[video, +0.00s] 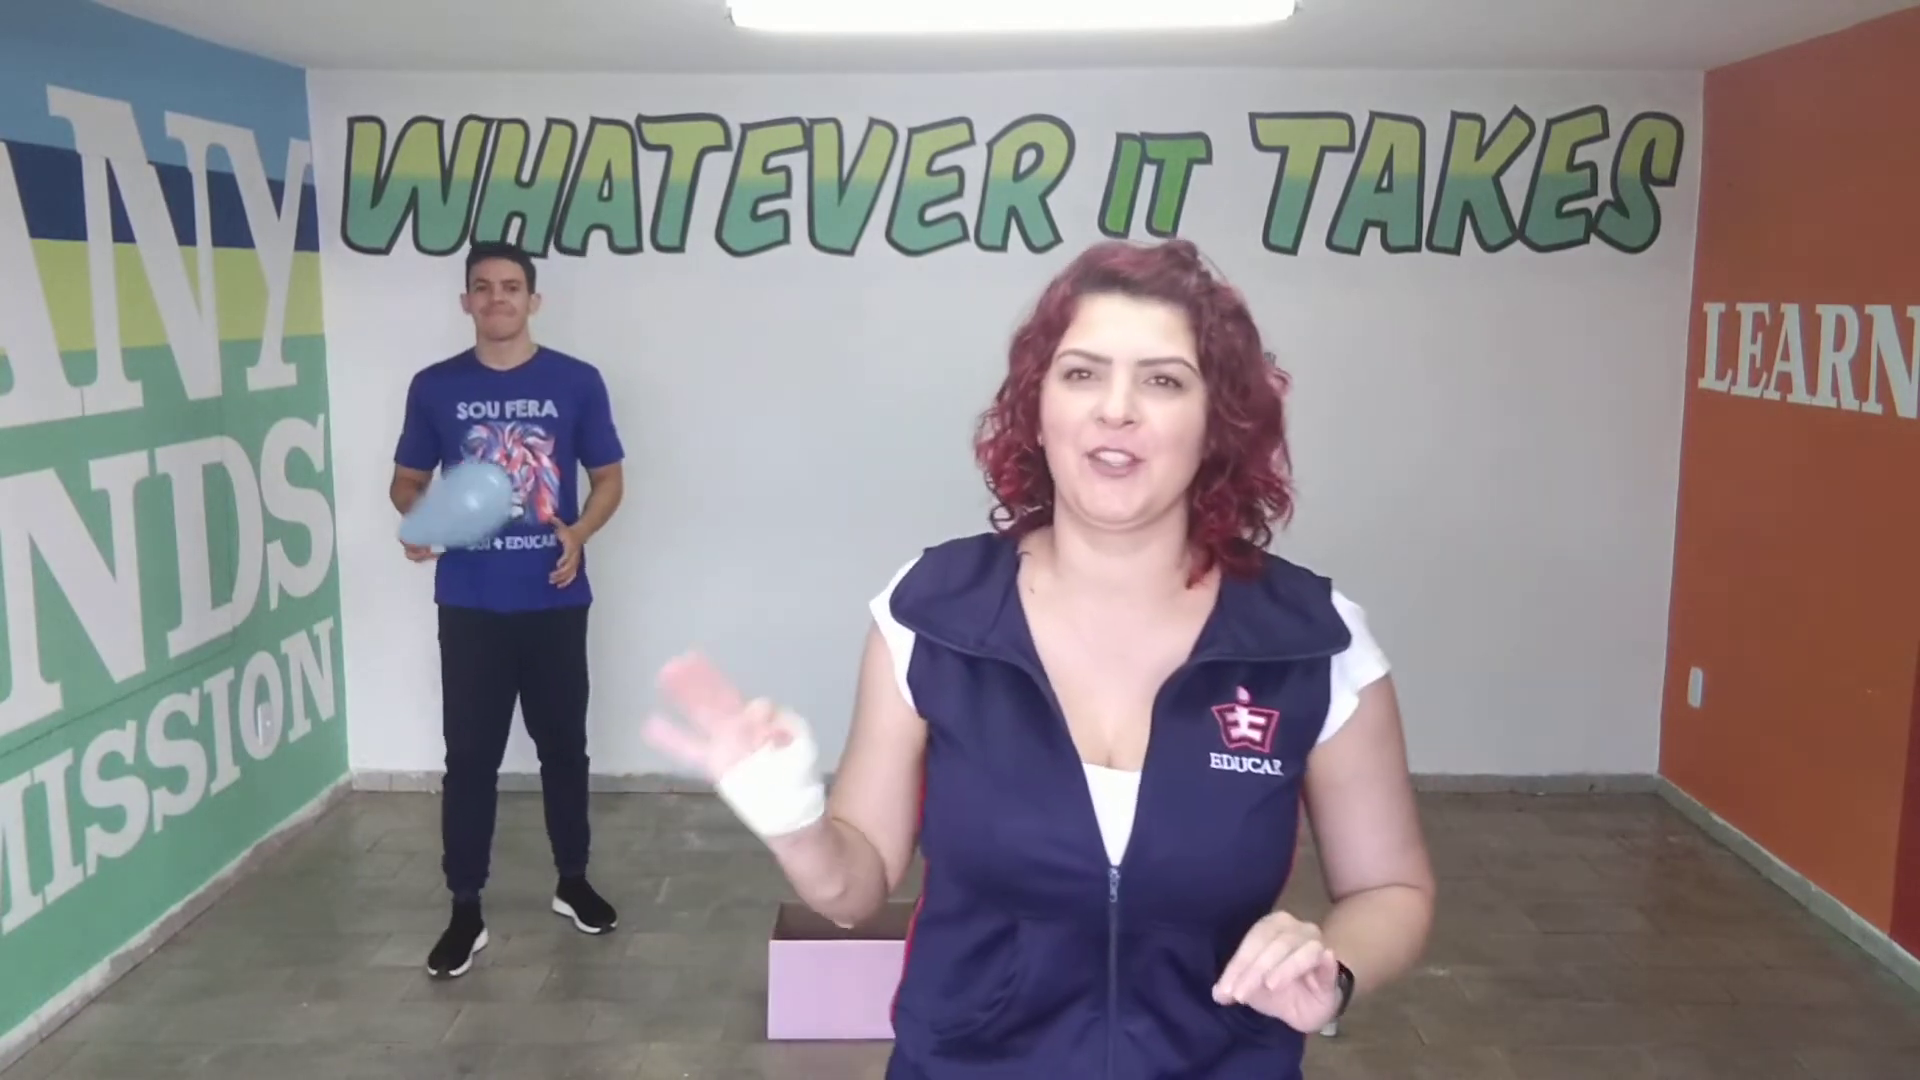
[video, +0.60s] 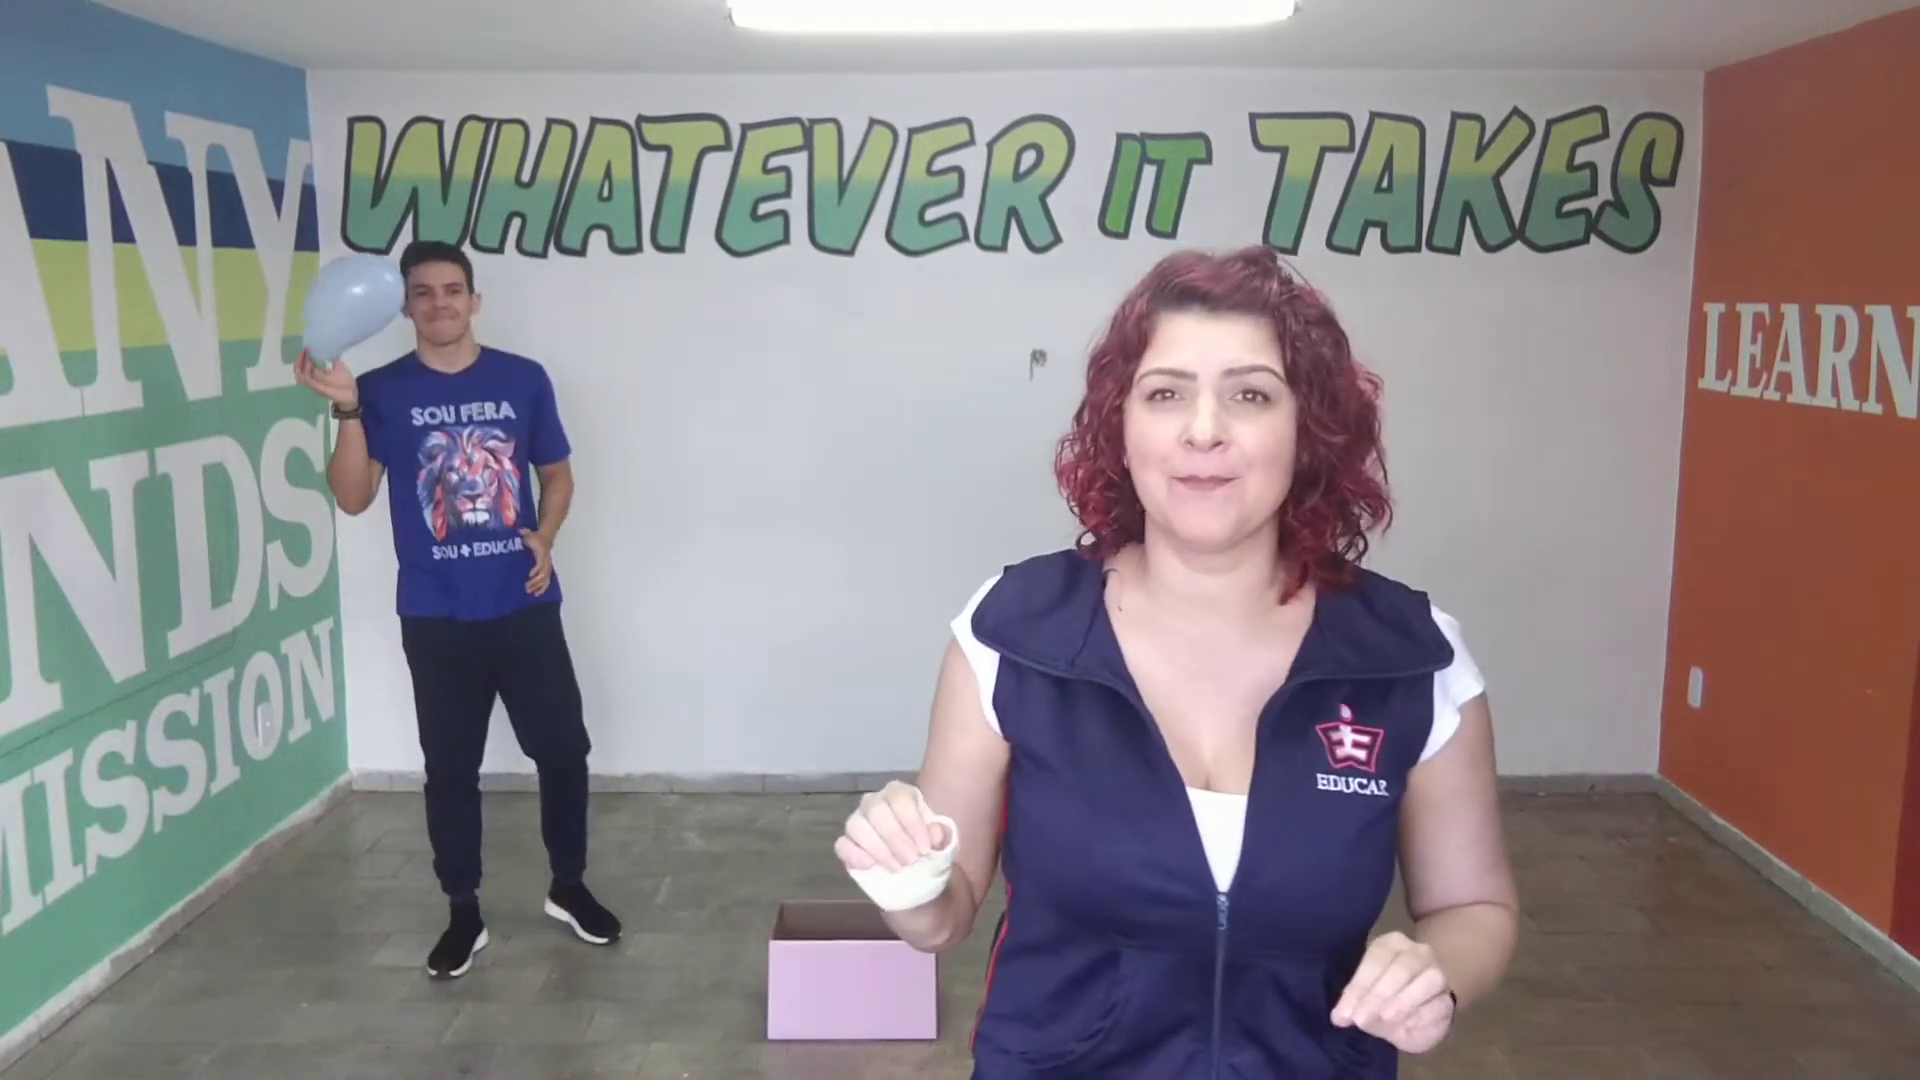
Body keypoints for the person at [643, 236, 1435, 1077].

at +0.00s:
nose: (1117, 413)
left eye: (1163, 381)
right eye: (1083, 374)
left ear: (1218, 417)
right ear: (1035, 402)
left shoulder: (1309, 637)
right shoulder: (935, 609)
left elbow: (1390, 890)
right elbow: (858, 889)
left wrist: (1332, 958)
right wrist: (782, 810)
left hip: (1215, 1061)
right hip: (970, 1060)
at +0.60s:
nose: (1204, 432)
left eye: (1250, 394)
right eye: (1165, 392)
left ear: (1311, 431)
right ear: (1118, 425)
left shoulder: (1407, 654)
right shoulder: (1016, 629)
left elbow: (1471, 904)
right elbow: (938, 920)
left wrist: (1430, 973)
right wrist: (903, 868)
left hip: (1314, 1064)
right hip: (1059, 1064)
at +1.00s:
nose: (1242, 395)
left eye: (1293, 376)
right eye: (1209, 364)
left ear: (1340, 444)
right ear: (1153, 410)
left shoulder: (1425, 659)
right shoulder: (1031, 618)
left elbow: (1483, 909)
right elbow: (940, 852)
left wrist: (1424, 994)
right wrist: (896, 940)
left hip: (1306, 1064)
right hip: (1061, 1059)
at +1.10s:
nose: (1239, 398)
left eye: (1289, 375)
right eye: (1209, 365)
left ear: (1342, 439)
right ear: (1155, 411)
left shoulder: (1430, 667)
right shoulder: (1036, 618)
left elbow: (1493, 923)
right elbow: (935, 856)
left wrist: (1411, 1003)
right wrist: (829, 979)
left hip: (1309, 1073)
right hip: (1066, 1067)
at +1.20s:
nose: (1238, 397)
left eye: (1287, 376)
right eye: (1207, 366)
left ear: (1340, 439)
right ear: (1151, 413)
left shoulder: (1433, 670)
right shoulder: (1040, 619)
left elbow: (1506, 942)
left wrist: (1395, 1023)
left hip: (1311, 1079)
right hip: (1066, 1065)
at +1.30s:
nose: (1231, 405)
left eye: (1281, 379)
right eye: (1201, 370)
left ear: (1339, 434)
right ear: (1150, 410)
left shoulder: (1435, 673)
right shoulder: (1047, 617)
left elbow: (1517, 967)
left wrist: (1357, 1046)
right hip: (1063, 1063)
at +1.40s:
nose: (1227, 407)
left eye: (1277, 379)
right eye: (1195, 373)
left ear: (1334, 432)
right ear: (1146, 414)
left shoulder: (1430, 674)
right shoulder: (1059, 619)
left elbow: (1515, 1005)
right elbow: (978, 838)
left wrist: (1273, 1044)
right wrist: (853, 964)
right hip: (1060, 1064)